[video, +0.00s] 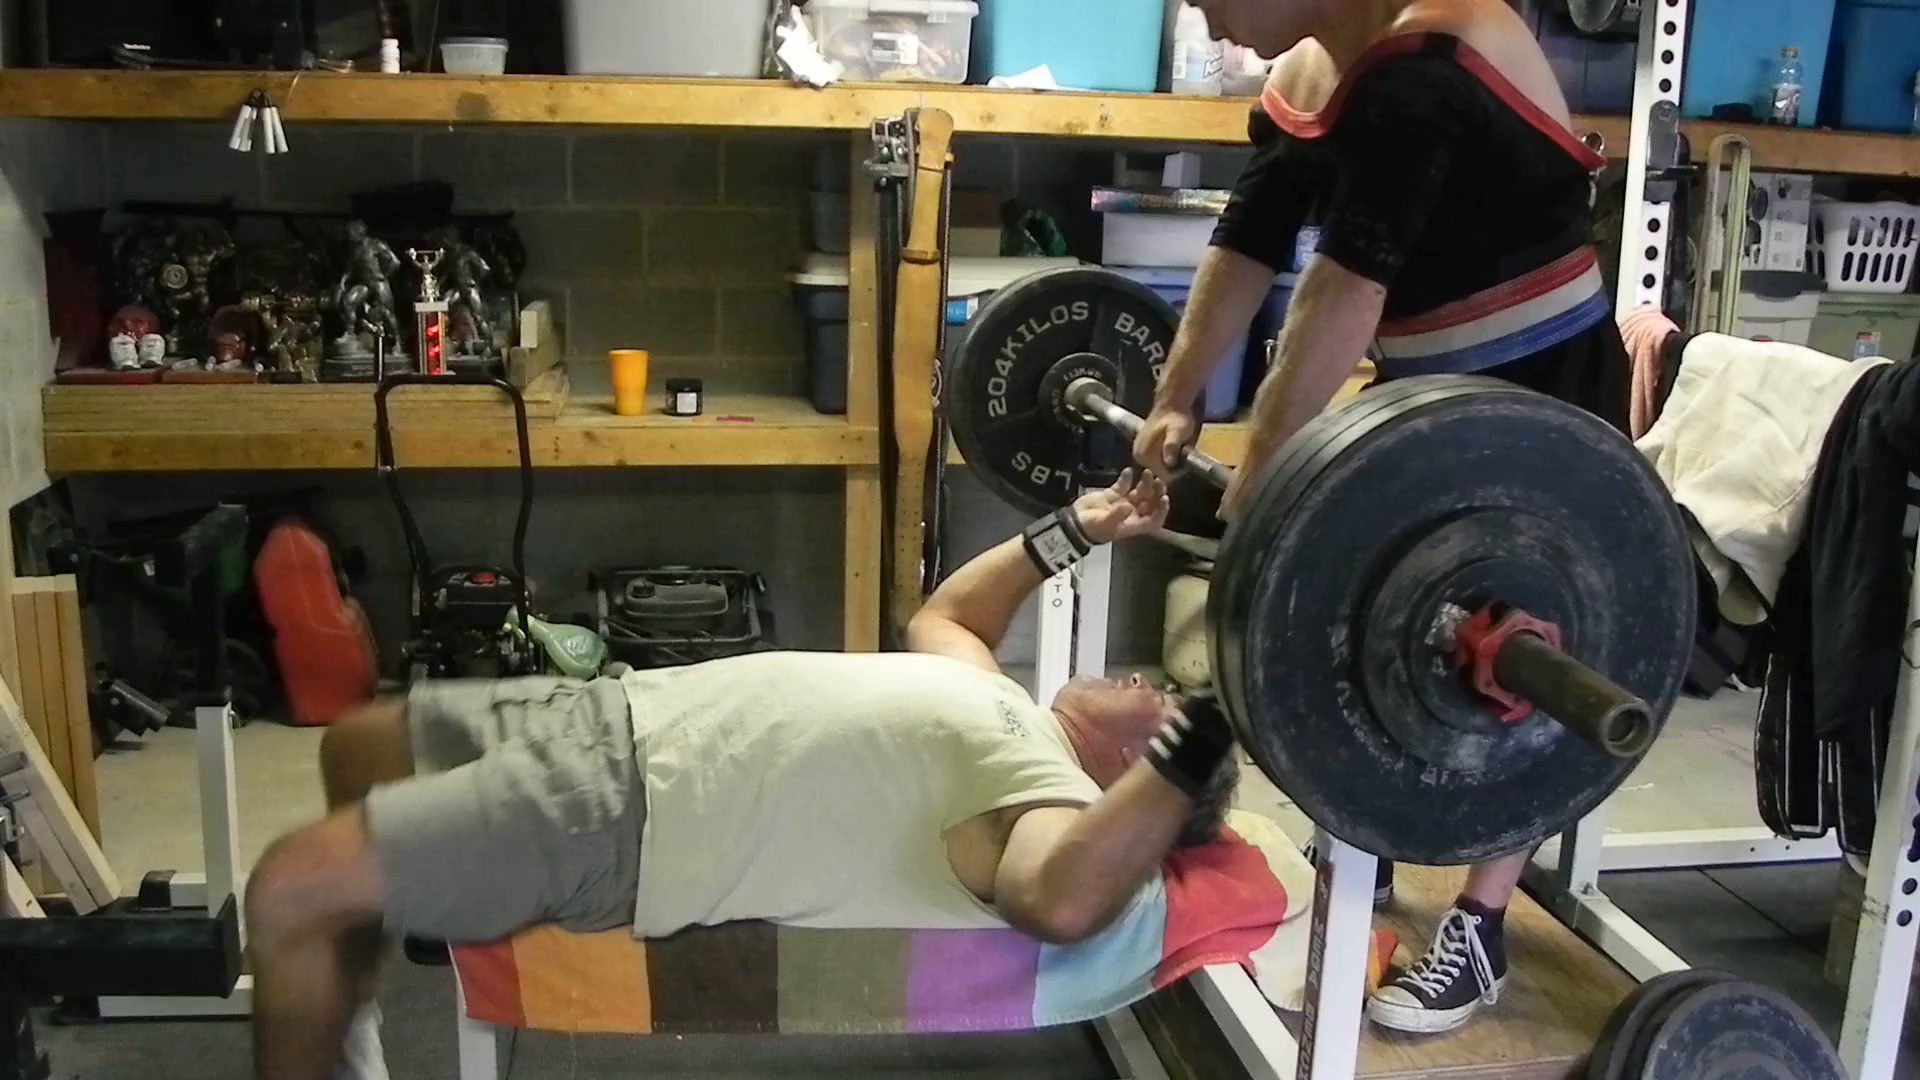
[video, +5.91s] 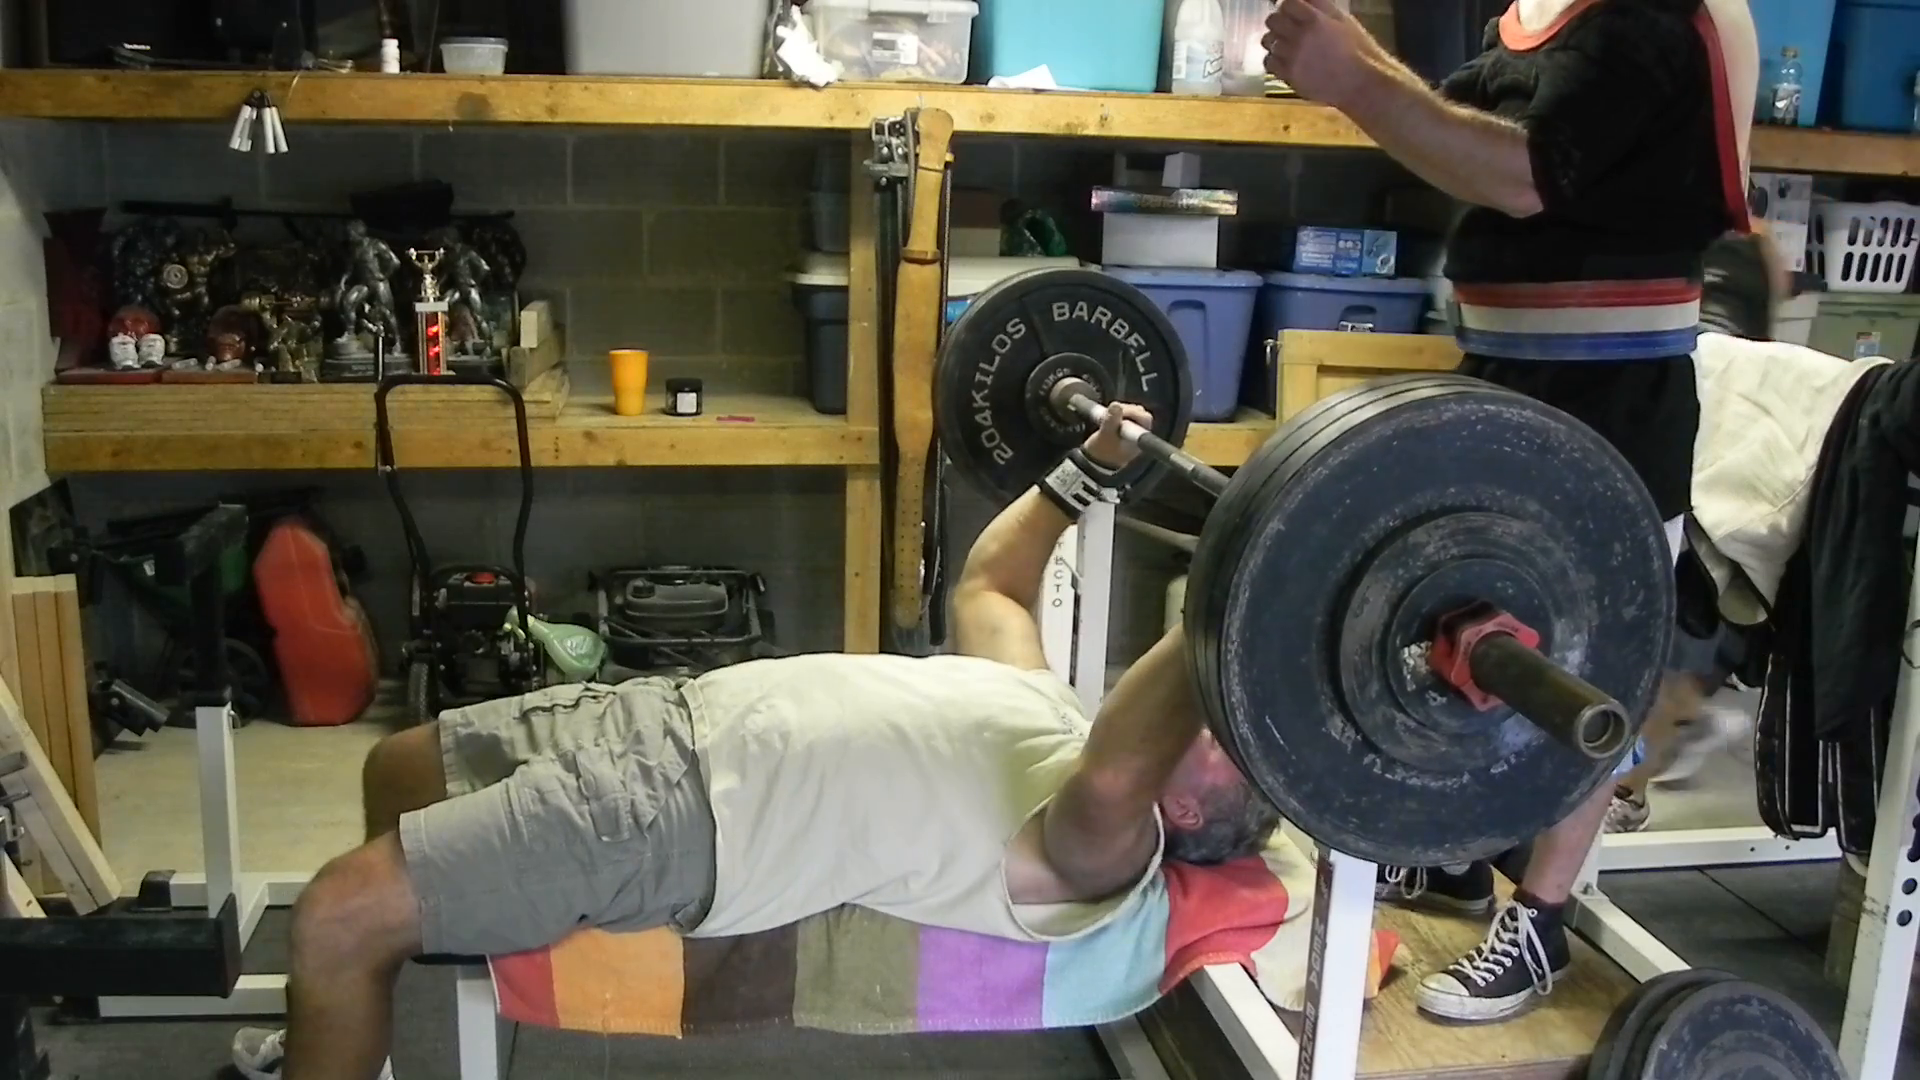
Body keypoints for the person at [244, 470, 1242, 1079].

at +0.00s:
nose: (1131, 674)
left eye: (1157, 693)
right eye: (1153, 676)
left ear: (1143, 761)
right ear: (1113, 699)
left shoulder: (1044, 806)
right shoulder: (1002, 705)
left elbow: (1068, 904)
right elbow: (951, 613)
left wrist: (1200, 750)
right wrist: (1071, 526)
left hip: (621, 810)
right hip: (604, 710)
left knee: (292, 890)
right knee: (354, 743)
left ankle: (323, 1062)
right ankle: (343, 1030)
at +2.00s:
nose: (1172, 732)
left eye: (1201, 744)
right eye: (1191, 718)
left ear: (1185, 808)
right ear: (1154, 739)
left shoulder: (1055, 850)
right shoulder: (1007, 713)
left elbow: (1118, 740)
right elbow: (998, 580)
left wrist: (1252, 600)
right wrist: (1081, 468)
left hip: (631, 819)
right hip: (621, 710)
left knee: (296, 891)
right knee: (366, 763)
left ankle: (293, 1069)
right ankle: (351, 1047)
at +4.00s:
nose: (1182, 695)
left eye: (1208, 712)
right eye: (1199, 689)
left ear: (1208, 766)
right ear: (1174, 669)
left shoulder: (1092, 809)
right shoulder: (1047, 670)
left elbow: (1112, 741)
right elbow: (991, 563)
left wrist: (1248, 609)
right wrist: (1088, 473)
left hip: (673, 814)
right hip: (649, 706)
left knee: (338, 903)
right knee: (391, 766)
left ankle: (319, 1064)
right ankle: (368, 985)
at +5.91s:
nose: (1193, 734)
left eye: (1224, 747)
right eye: (1209, 719)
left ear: (1216, 811)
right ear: (1182, 730)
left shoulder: (1093, 864)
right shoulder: (1032, 717)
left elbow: (1126, 758)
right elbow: (999, 581)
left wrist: (1231, 604)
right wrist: (1082, 468)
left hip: (674, 820)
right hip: (657, 711)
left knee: (340, 914)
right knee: (398, 768)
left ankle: (317, 1069)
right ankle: (421, 994)